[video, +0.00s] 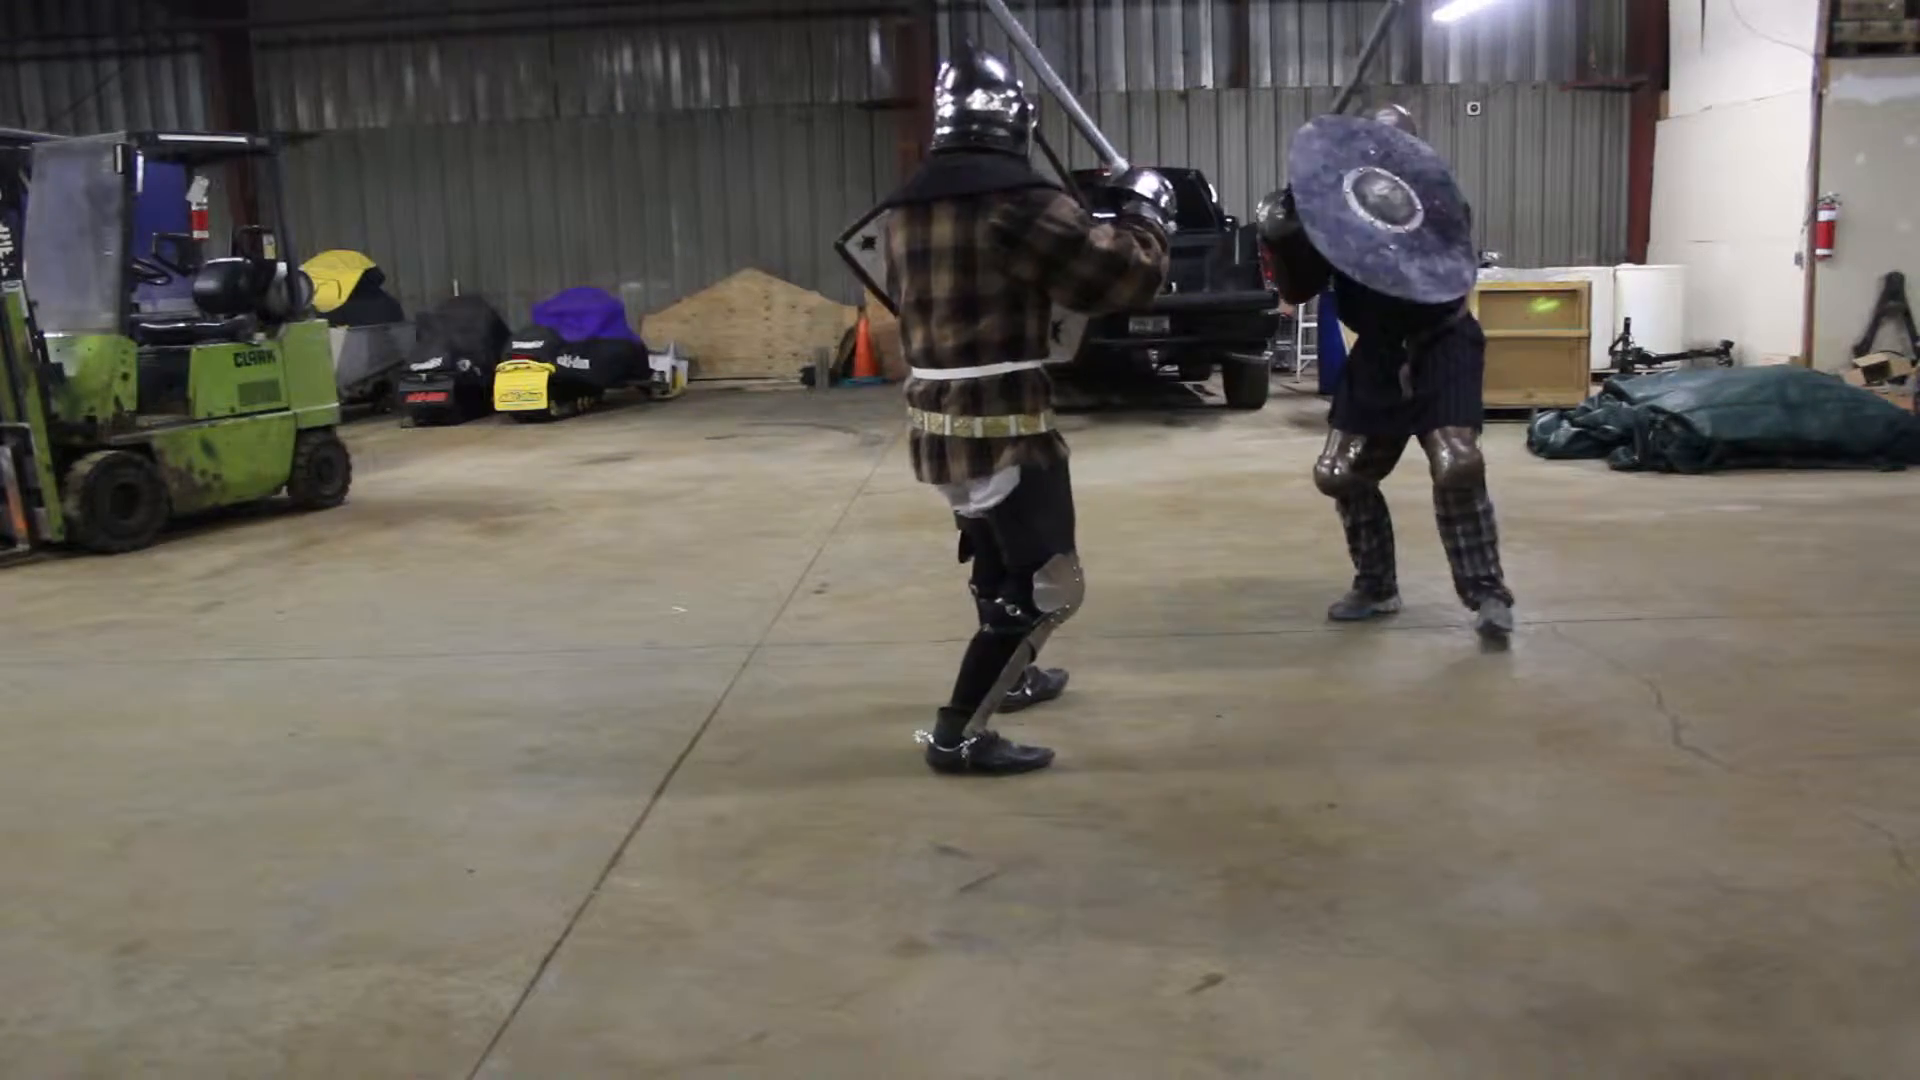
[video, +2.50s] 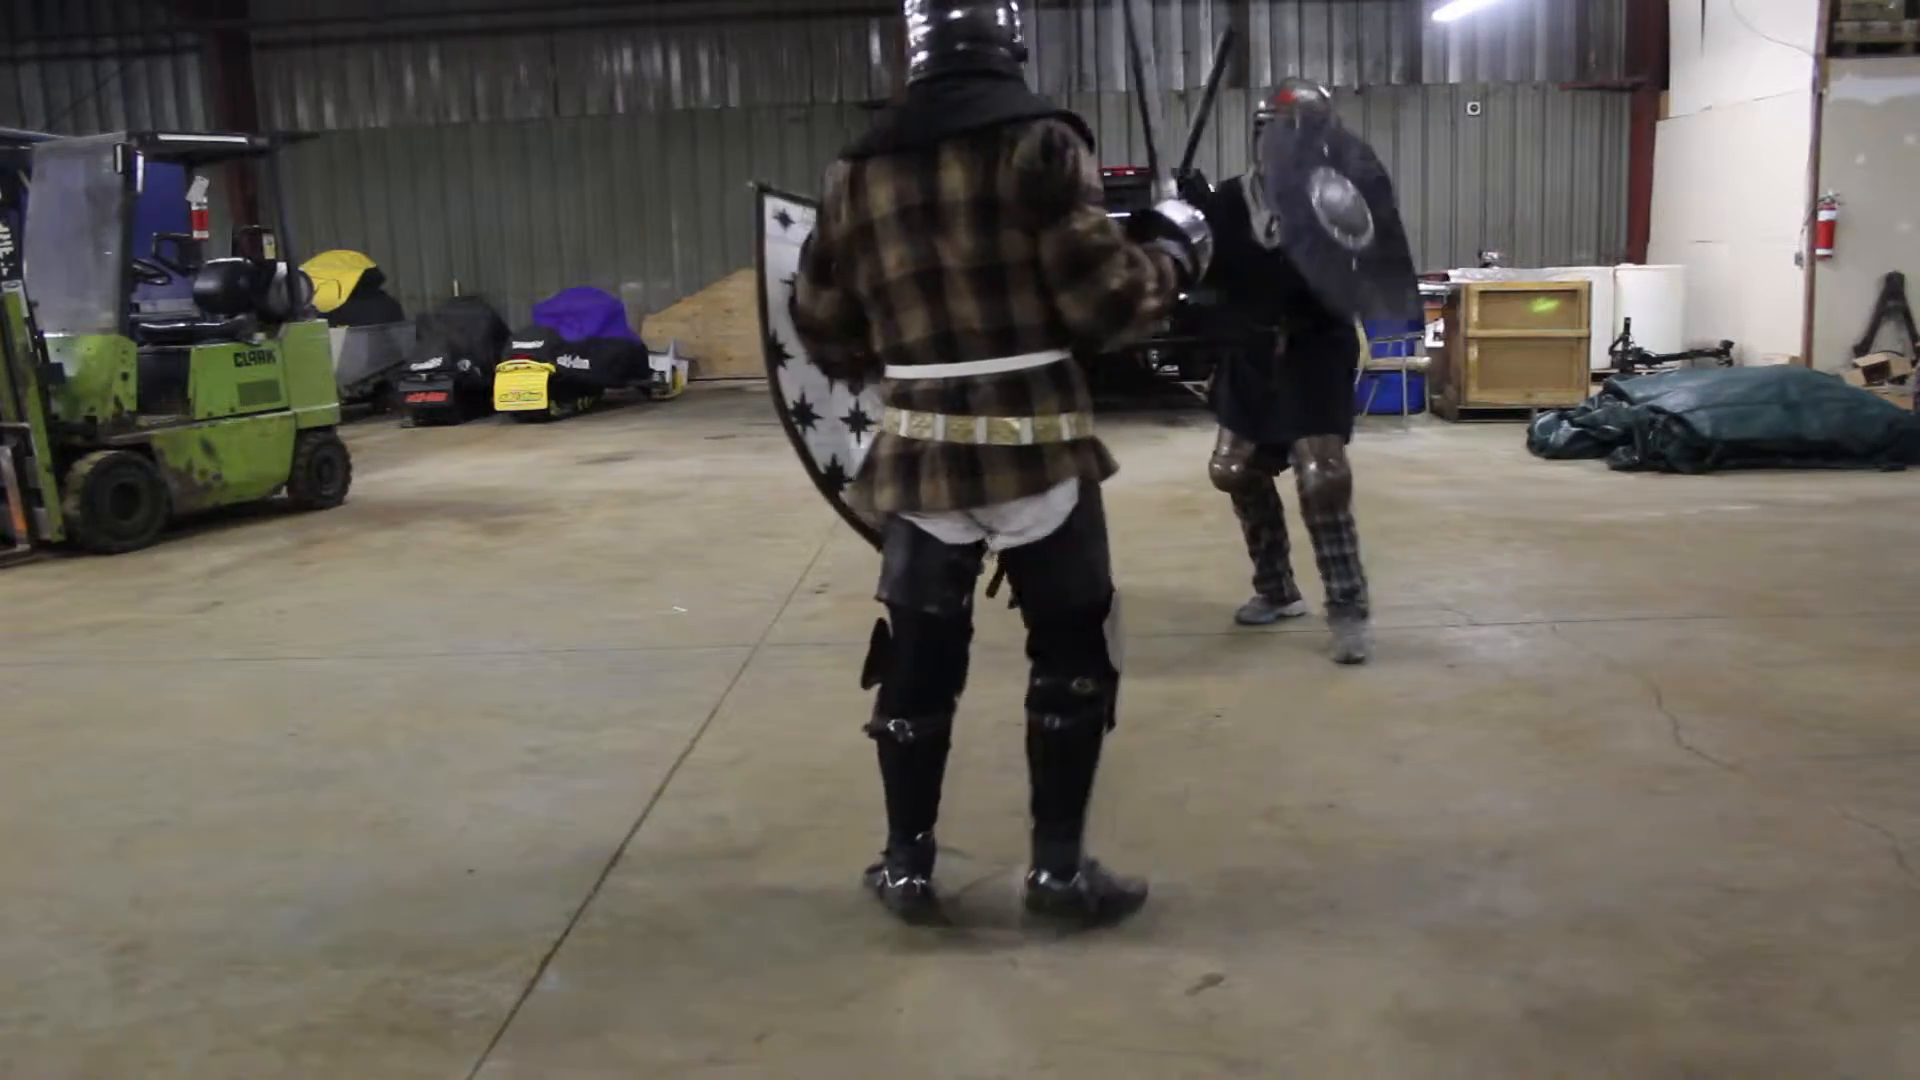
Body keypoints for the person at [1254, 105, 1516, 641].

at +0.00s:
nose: (1383, 157)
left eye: (1396, 146)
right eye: (1373, 147)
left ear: (1412, 149)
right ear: (1355, 152)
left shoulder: (1434, 199)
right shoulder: (1333, 201)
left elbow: (1459, 267)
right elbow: (1298, 291)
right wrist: (1281, 238)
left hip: (1445, 332)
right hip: (1378, 342)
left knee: (1457, 466)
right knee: (1340, 472)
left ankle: (1489, 597)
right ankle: (1376, 587)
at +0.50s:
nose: (1414, 143)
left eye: (1428, 131)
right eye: (1403, 131)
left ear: (1450, 140)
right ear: (1386, 137)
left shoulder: (1475, 208)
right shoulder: (1379, 200)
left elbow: (1475, 293)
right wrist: (1304, 186)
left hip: (1470, 343)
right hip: (1402, 343)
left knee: (1461, 474)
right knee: (1343, 461)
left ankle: (1493, 611)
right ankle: (1367, 576)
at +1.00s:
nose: (1363, 170)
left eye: (1373, 158)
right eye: (1349, 158)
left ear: (1390, 157)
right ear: (1333, 164)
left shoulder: (1421, 199)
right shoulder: (1316, 208)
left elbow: (1448, 283)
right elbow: (1294, 296)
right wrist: (1275, 240)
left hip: (1422, 338)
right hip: (1355, 342)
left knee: (1410, 461)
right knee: (1325, 472)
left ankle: (1428, 587)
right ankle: (1351, 580)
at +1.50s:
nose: (1371, 179)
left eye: (1382, 175)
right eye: (1360, 173)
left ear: (1401, 179)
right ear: (1338, 173)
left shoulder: (1419, 212)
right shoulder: (1306, 213)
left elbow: (1446, 279)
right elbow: (1261, 275)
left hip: (1396, 350)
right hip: (1322, 348)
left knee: (1382, 481)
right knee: (1328, 482)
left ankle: (1381, 623)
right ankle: (1346, 579)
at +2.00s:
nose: (1352, 150)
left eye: (1368, 138)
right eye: (1342, 135)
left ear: (1390, 141)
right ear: (1323, 135)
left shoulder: (1408, 203)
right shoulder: (1289, 197)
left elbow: (1439, 289)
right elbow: (1239, 259)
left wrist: (1441, 370)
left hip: (1375, 361)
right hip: (1299, 353)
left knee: (1364, 489)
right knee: (1276, 476)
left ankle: (1378, 625)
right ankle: (1280, 586)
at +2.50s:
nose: (1280, 135)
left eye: (1295, 124)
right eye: (1272, 122)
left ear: (1319, 131)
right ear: (1259, 128)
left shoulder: (1334, 197)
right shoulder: (1237, 198)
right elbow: (1209, 266)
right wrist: (1193, 219)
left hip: (1319, 349)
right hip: (1252, 350)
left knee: (1321, 478)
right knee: (1236, 470)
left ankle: (1349, 614)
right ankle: (1276, 590)